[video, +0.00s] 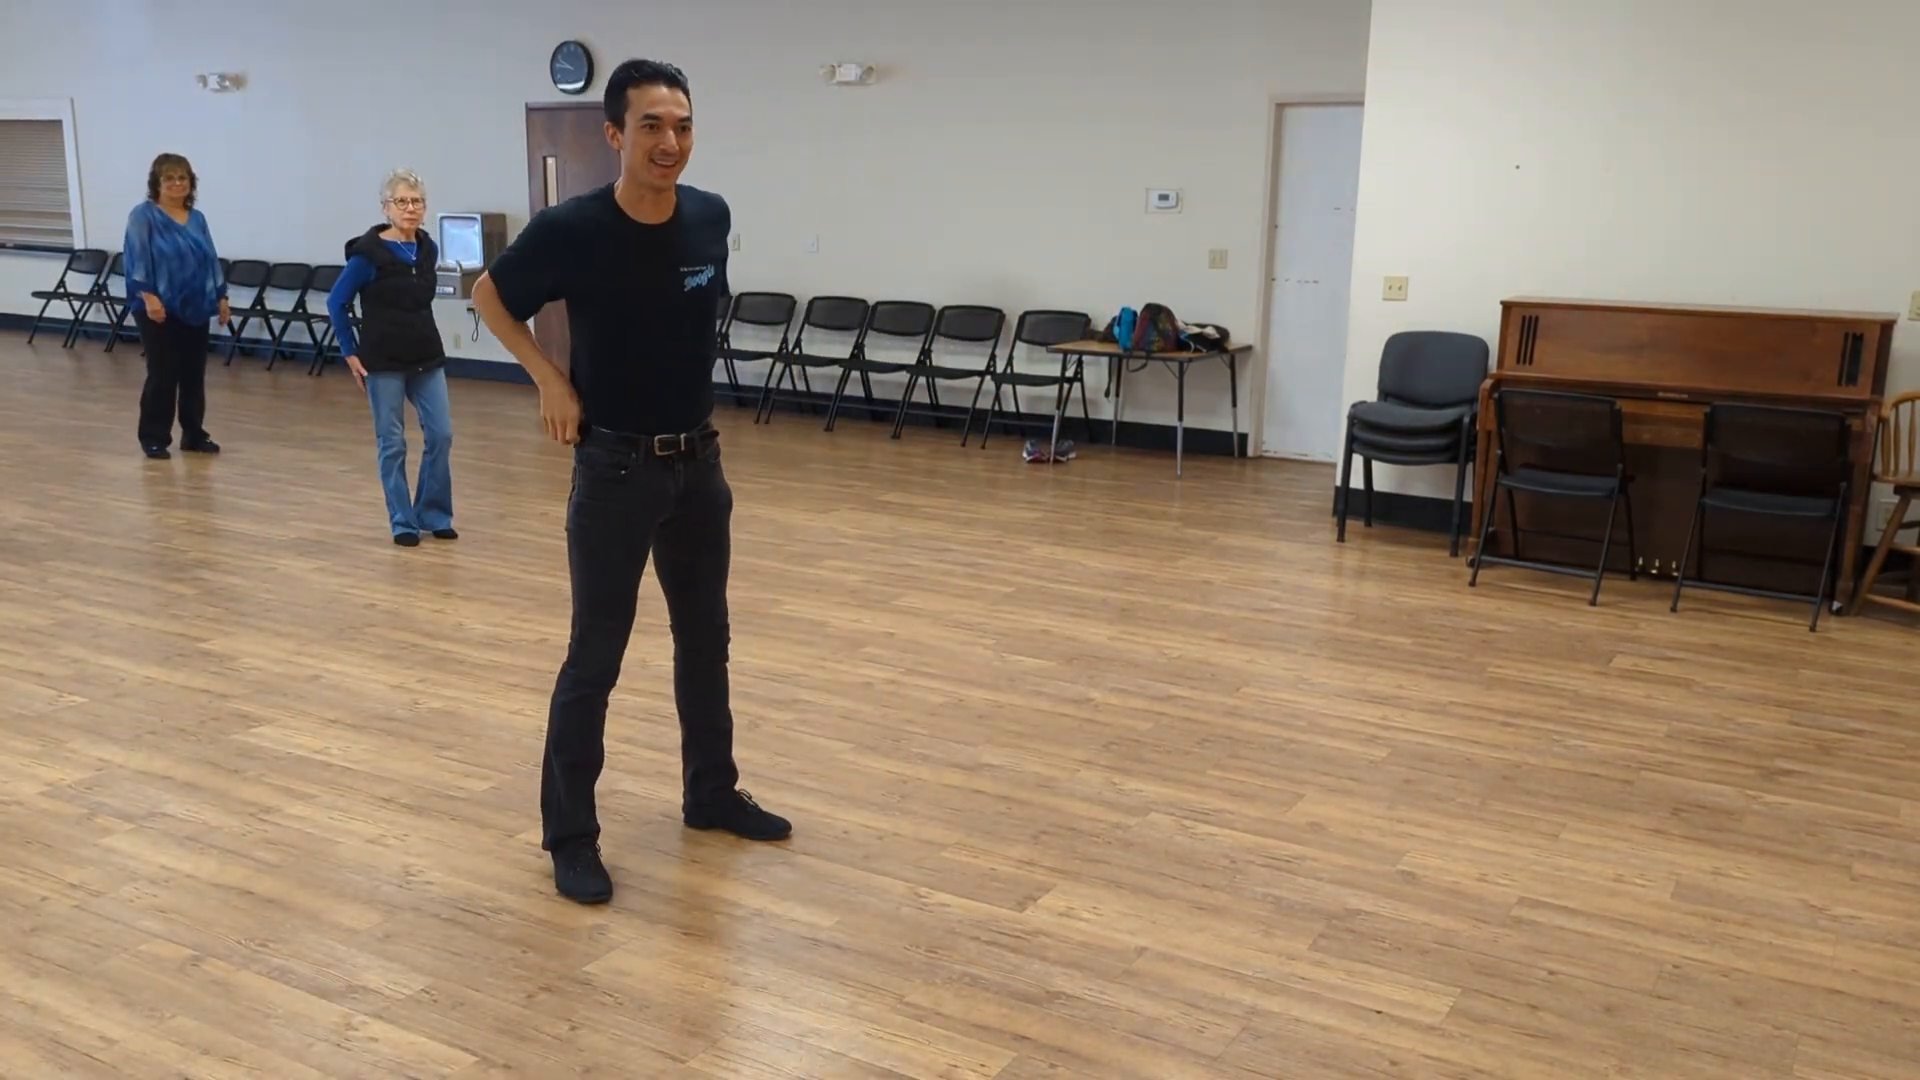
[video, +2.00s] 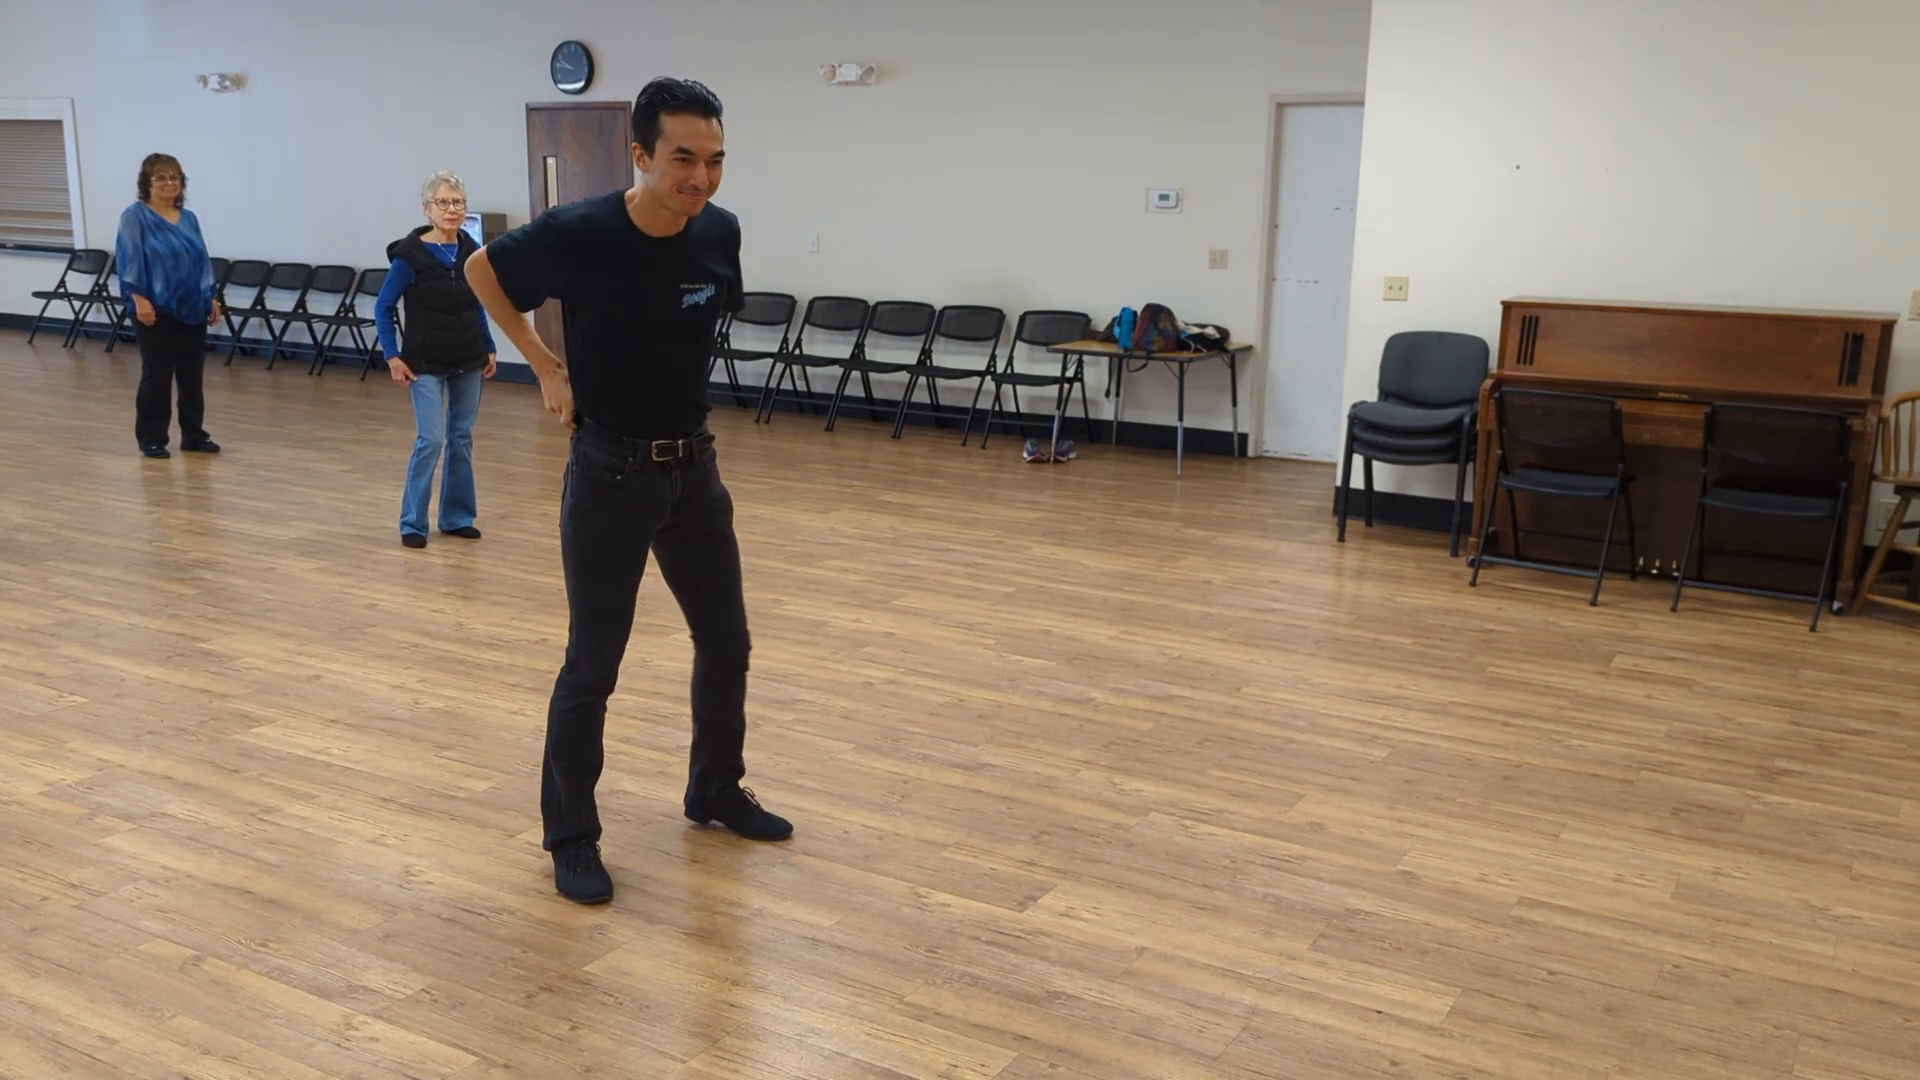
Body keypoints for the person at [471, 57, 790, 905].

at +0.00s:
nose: (671, 141)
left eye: (681, 126)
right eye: (653, 126)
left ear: (694, 136)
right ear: (615, 135)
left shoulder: (708, 217)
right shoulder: (572, 230)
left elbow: (692, 313)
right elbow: (491, 291)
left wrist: (686, 400)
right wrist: (549, 378)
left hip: (696, 466)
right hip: (614, 473)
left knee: (705, 643)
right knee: (594, 661)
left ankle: (711, 794)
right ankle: (571, 839)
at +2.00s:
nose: (701, 176)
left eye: (714, 159)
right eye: (684, 158)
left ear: (724, 157)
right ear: (640, 154)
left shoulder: (719, 237)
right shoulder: (580, 232)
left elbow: (693, 325)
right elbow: (484, 272)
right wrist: (547, 370)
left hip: (693, 474)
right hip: (609, 481)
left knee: (725, 644)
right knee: (593, 664)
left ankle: (715, 791)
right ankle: (572, 840)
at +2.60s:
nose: (827, 165)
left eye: (831, 150)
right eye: (813, 148)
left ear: (793, 152)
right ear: (760, 145)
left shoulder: (793, 236)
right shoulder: (685, 230)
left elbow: (744, 329)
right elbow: (562, 283)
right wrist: (633, 381)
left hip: (769, 482)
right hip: (692, 483)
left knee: (784, 665)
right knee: (653, 669)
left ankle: (798, 827)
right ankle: (582, 832)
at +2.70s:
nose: (855, 165)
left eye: (859, 150)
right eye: (843, 147)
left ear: (839, 151)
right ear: (788, 143)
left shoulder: (822, 241)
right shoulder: (714, 232)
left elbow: (833, 331)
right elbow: (593, 299)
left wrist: (837, 383)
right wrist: (670, 391)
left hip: (792, 480)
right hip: (716, 481)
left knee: (794, 670)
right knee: (696, 673)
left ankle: (799, 829)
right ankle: (598, 823)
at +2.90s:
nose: (884, 166)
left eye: (888, 150)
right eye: (872, 148)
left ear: (866, 150)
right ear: (818, 140)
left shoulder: (857, 252)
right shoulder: (754, 233)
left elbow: (906, 355)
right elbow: (678, 350)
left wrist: (953, 425)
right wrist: (757, 446)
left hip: (822, 486)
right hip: (749, 490)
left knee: (809, 671)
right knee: (751, 677)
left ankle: (800, 830)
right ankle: (691, 853)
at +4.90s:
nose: (920, 148)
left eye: (922, 132)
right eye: (905, 129)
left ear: (881, 143)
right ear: (848, 135)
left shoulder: (872, 252)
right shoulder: (805, 244)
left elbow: (864, 394)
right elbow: (771, 401)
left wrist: (941, 454)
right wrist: (866, 501)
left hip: (867, 523)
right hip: (803, 527)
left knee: (883, 697)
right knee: (805, 732)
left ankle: (872, 859)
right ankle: (768, 927)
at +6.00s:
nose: (911, 145)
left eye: (909, 129)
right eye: (893, 130)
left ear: (868, 147)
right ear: (834, 142)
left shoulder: (865, 247)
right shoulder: (779, 259)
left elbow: (870, 377)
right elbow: (740, 422)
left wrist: (965, 426)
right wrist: (844, 517)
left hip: (867, 515)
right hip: (795, 524)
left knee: (883, 697)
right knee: (796, 730)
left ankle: (871, 861)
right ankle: (766, 926)